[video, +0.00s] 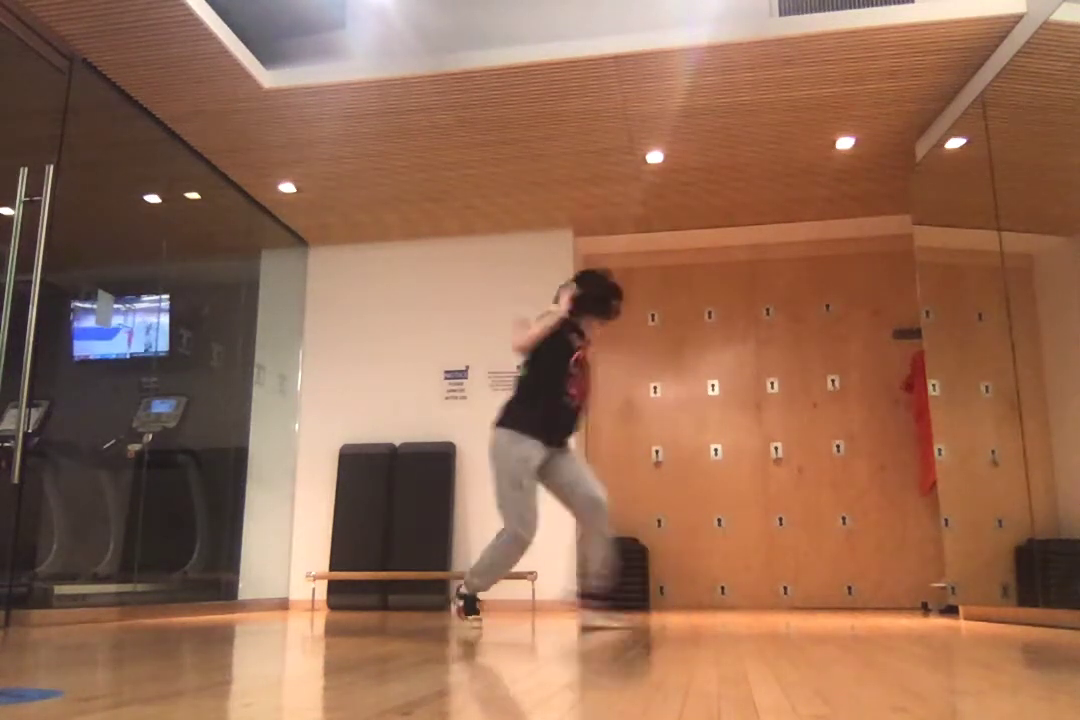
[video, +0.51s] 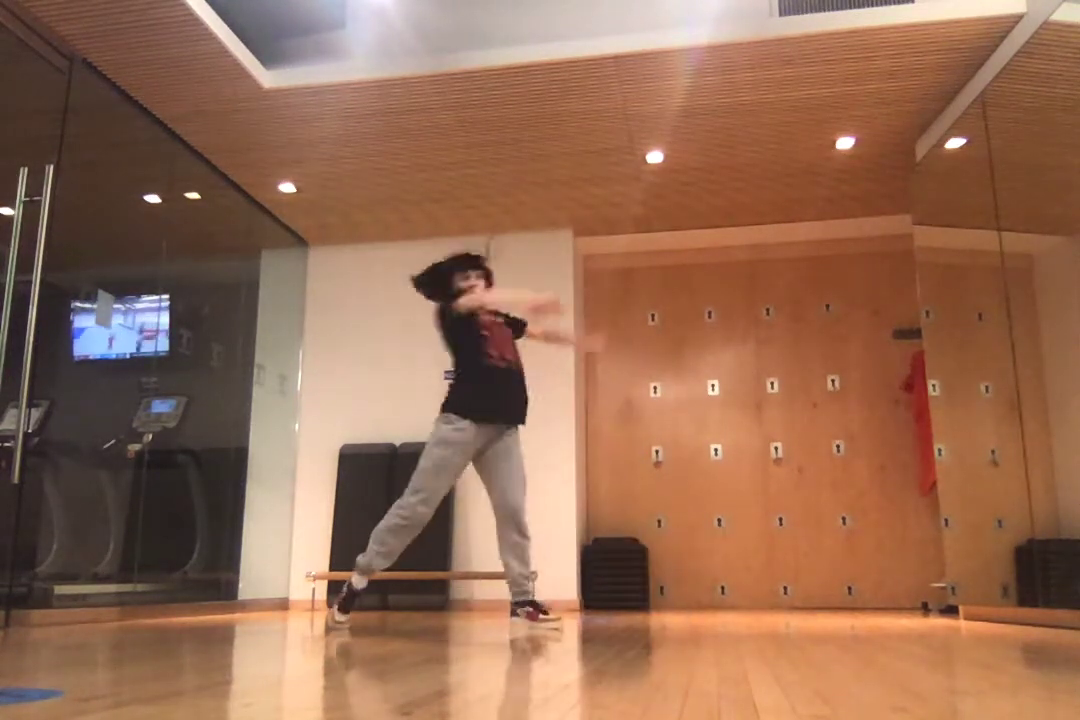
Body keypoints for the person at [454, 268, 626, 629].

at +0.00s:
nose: (600, 326)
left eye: (605, 320)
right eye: (600, 317)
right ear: (584, 307)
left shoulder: (580, 343)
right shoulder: (552, 328)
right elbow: (521, 343)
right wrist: (559, 312)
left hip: (553, 445)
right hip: (518, 438)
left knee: (593, 504)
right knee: (520, 529)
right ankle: (468, 590)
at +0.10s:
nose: (602, 348)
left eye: (606, 343)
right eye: (603, 340)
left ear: (591, 325)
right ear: (590, 327)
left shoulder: (572, 347)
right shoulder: (549, 328)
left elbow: (582, 317)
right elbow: (516, 306)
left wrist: (572, 295)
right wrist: (553, 286)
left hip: (531, 449)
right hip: (494, 442)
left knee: (551, 517)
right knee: (504, 526)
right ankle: (454, 584)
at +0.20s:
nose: (577, 341)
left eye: (581, 336)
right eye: (573, 333)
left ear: (581, 333)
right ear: (559, 322)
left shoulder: (561, 348)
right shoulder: (532, 333)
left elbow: (583, 319)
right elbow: (541, 286)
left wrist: (593, 288)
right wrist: (575, 266)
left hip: (519, 454)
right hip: (482, 446)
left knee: (548, 520)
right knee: (465, 530)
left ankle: (522, 603)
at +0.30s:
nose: (543, 288)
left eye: (543, 284)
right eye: (537, 283)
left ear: (536, 298)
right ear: (522, 293)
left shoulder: (541, 331)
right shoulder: (515, 325)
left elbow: (574, 314)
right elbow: (541, 279)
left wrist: (597, 285)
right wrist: (577, 257)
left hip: (513, 448)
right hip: (481, 438)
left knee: (539, 516)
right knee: (433, 517)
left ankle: (522, 602)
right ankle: (351, 578)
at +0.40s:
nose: (504, 277)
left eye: (502, 272)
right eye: (495, 274)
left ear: (500, 281)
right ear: (479, 285)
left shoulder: (519, 320)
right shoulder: (485, 311)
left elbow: (559, 314)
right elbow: (519, 276)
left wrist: (598, 301)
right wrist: (572, 267)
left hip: (507, 437)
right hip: (471, 426)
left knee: (523, 509)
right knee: (424, 506)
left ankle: (521, 602)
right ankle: (359, 581)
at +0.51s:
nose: (475, 286)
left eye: (479, 280)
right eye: (466, 282)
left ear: (489, 283)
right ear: (451, 289)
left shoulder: (501, 319)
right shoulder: (451, 314)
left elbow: (541, 333)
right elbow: (482, 301)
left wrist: (581, 341)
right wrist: (535, 302)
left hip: (502, 428)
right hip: (460, 423)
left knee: (513, 512)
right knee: (416, 507)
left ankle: (522, 600)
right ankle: (357, 582)